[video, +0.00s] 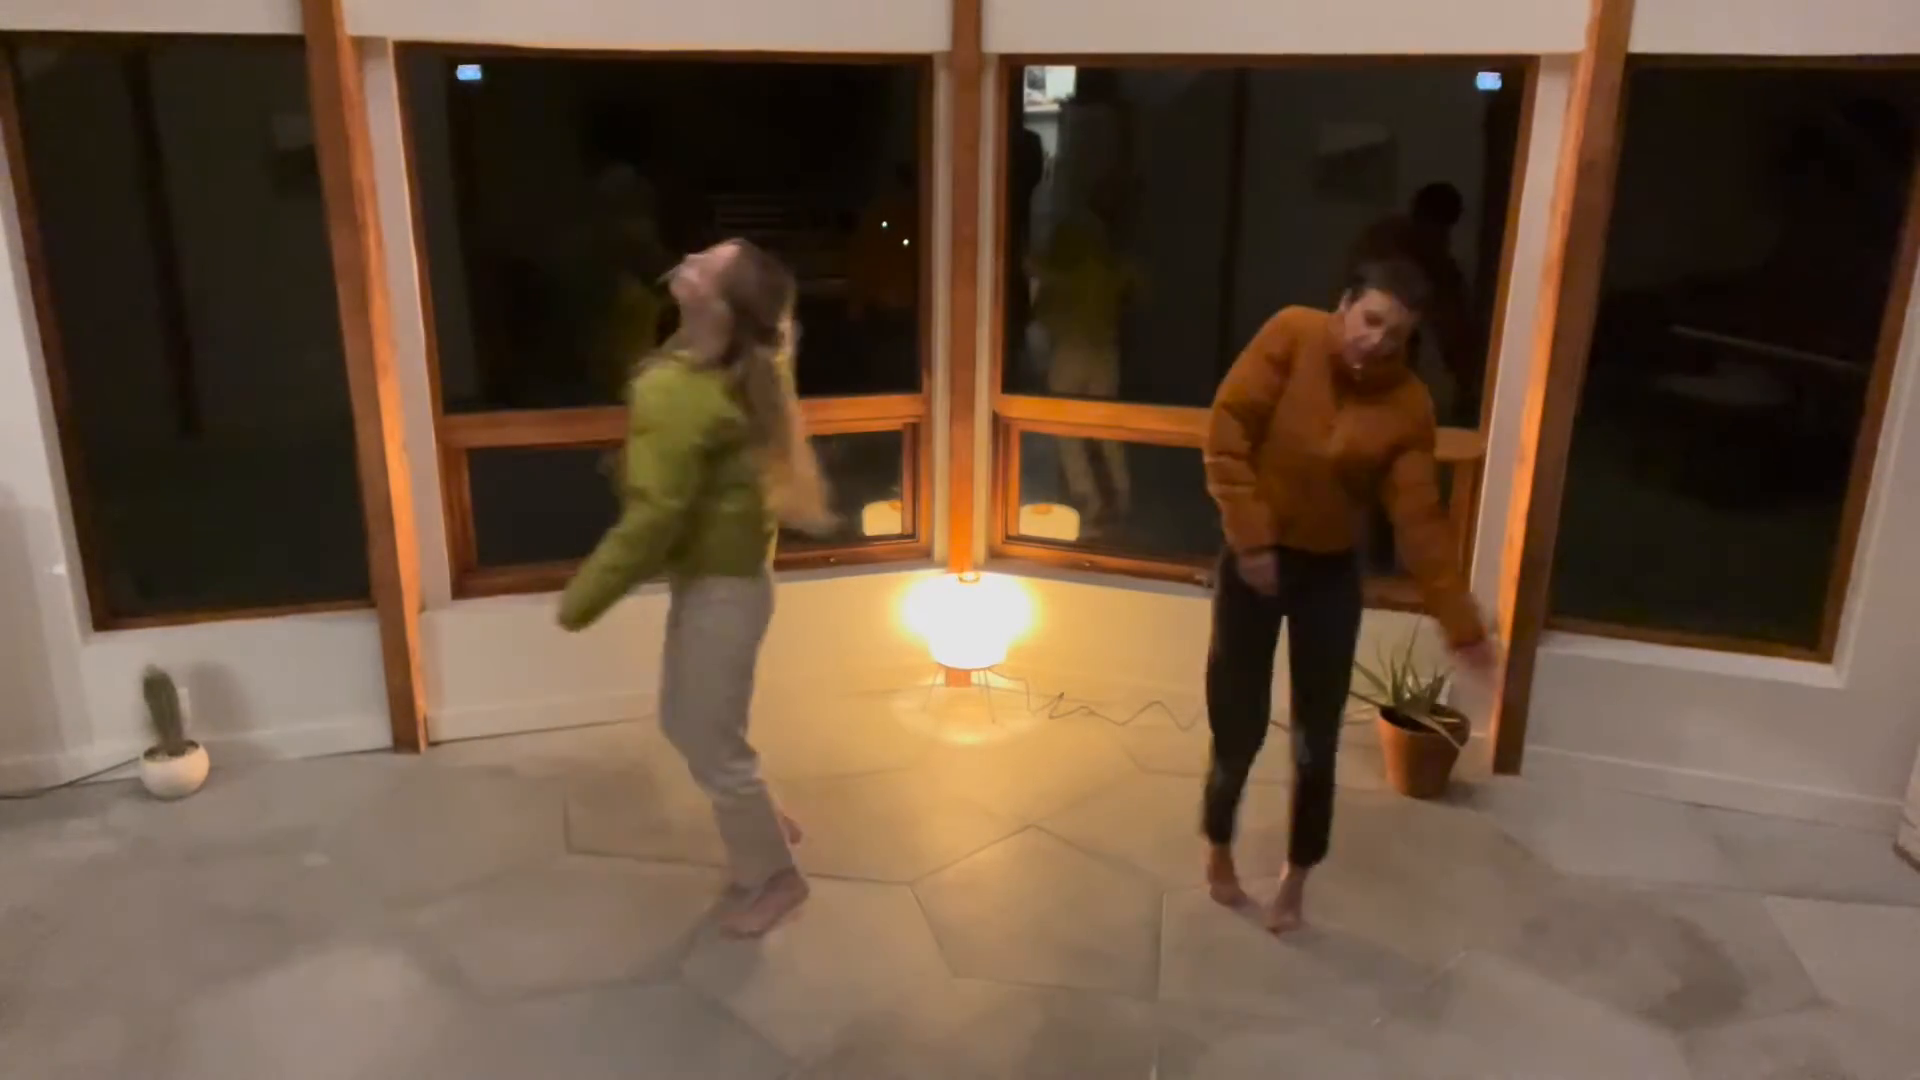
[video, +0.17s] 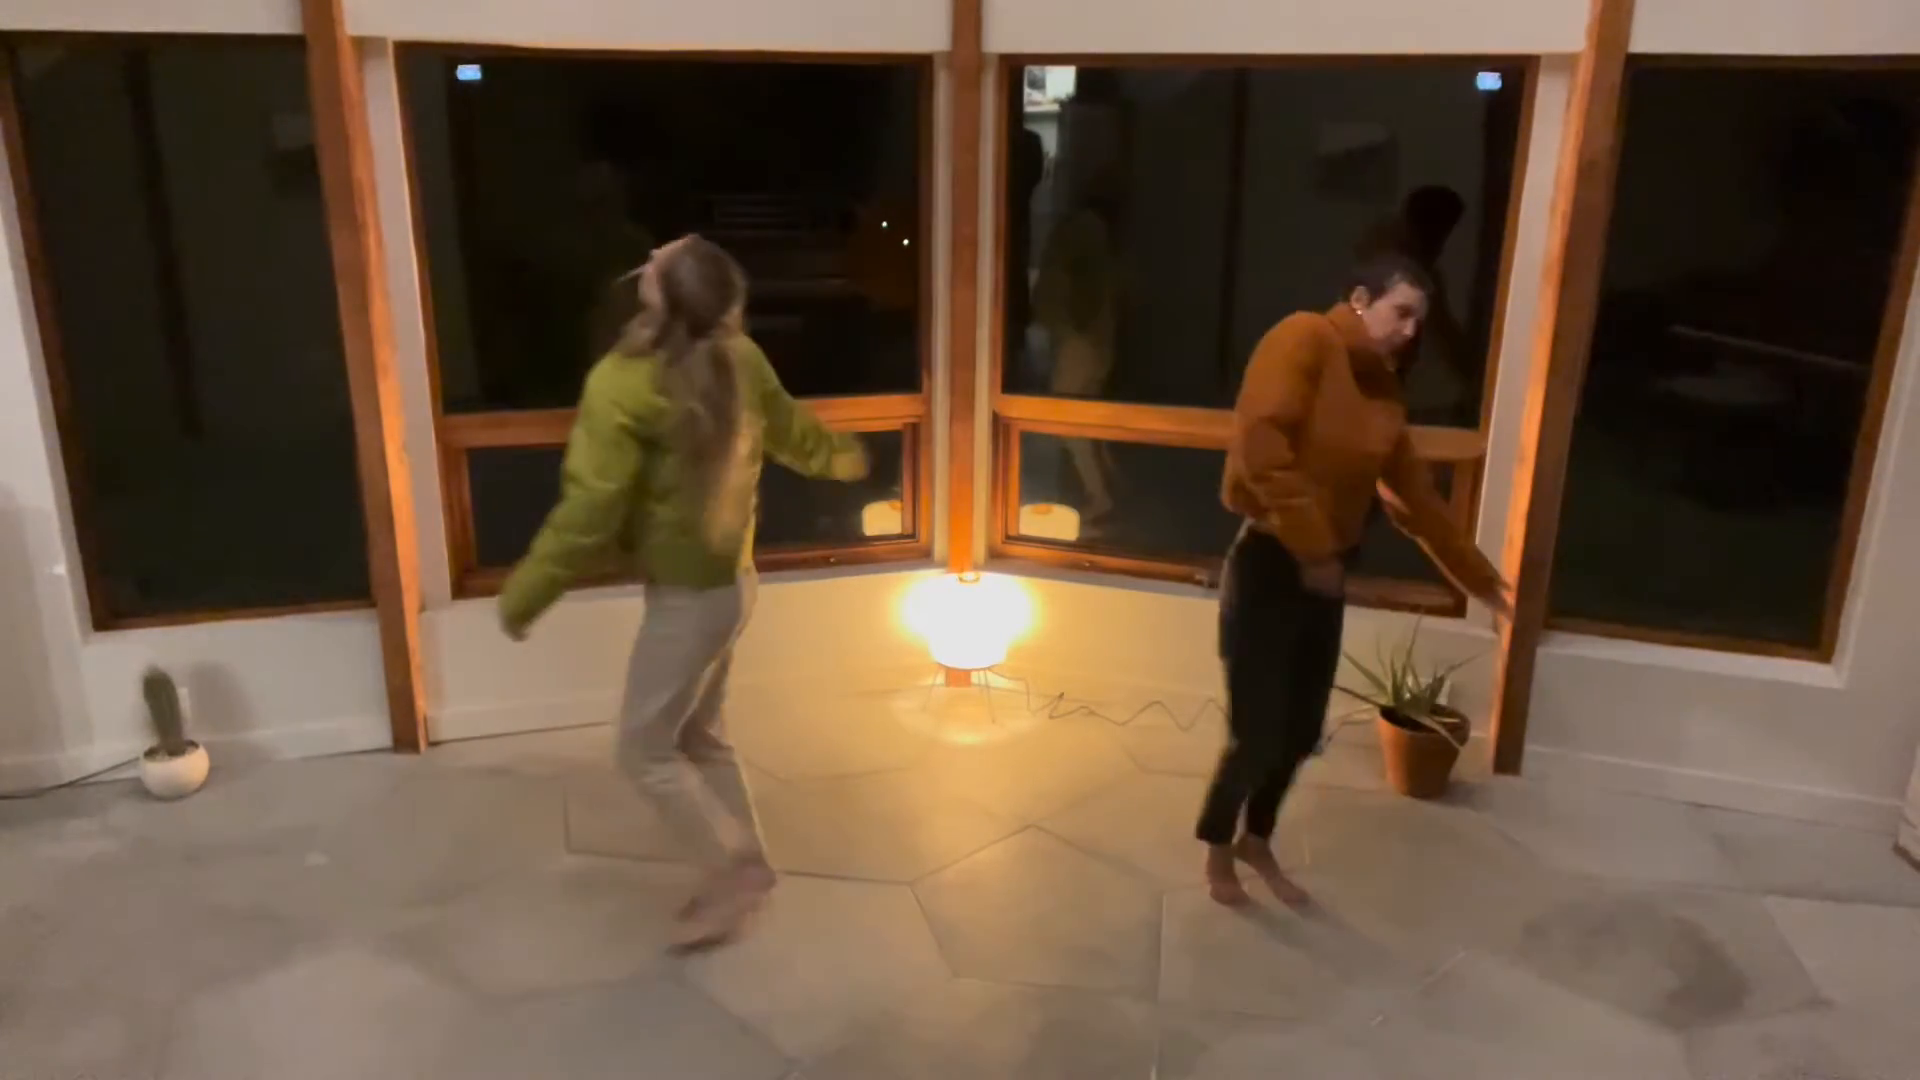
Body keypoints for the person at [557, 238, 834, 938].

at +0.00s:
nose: (688, 262)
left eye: (704, 266)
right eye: (703, 255)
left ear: (721, 308)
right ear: (719, 309)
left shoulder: (683, 391)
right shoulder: (706, 372)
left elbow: (656, 513)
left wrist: (582, 599)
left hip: (726, 587)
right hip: (711, 582)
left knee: (711, 736)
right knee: (684, 720)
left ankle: (770, 877)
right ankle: (762, 821)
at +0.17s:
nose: (643, 270)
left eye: (653, 270)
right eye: (653, 261)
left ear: (663, 301)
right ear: (712, 306)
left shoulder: (622, 381)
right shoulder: (738, 358)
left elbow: (591, 506)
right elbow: (797, 436)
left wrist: (522, 600)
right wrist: (855, 456)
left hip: (685, 602)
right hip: (730, 589)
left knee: (645, 752)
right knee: (701, 735)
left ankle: (730, 873)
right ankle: (747, 867)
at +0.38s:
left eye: (611, 282)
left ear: (614, 291)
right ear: (691, 292)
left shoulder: (585, 369)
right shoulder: (727, 367)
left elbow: (530, 480)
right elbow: (776, 485)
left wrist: (418, 507)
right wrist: (845, 551)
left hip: (635, 606)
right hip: (708, 602)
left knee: (625, 762)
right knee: (679, 743)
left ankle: (654, 916)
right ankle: (694, 892)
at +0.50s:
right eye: (689, 283)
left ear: (606, 287)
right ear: (688, 293)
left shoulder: (570, 366)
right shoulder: (718, 372)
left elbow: (484, 441)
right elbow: (754, 501)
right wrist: (802, 590)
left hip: (606, 606)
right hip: (688, 606)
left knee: (596, 750)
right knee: (685, 749)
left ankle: (618, 899)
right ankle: (693, 887)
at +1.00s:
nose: (724, 339)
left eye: (725, 325)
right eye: (722, 324)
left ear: (649, 302)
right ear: (699, 316)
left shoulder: (604, 354)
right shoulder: (668, 369)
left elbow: (566, 467)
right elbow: (632, 498)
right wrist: (648, 612)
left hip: (555, 578)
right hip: (599, 584)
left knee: (600, 724)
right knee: (633, 737)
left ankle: (583, 851)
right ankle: (596, 880)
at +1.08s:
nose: (730, 354)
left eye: (733, 341)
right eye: (730, 338)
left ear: (667, 308)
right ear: (709, 323)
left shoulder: (627, 353)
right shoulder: (668, 360)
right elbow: (605, 465)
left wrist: (683, 465)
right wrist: (618, 592)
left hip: (555, 571)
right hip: (595, 581)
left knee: (586, 713)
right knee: (667, 718)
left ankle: (563, 848)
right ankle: (606, 851)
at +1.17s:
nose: (738, 365)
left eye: (743, 353)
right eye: (739, 349)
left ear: (684, 313)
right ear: (718, 329)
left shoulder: (651, 355)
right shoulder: (672, 356)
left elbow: (660, 469)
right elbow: (594, 446)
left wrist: (717, 497)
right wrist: (598, 565)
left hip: (566, 570)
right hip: (606, 580)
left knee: (590, 711)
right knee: (661, 723)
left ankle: (565, 846)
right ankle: (611, 857)